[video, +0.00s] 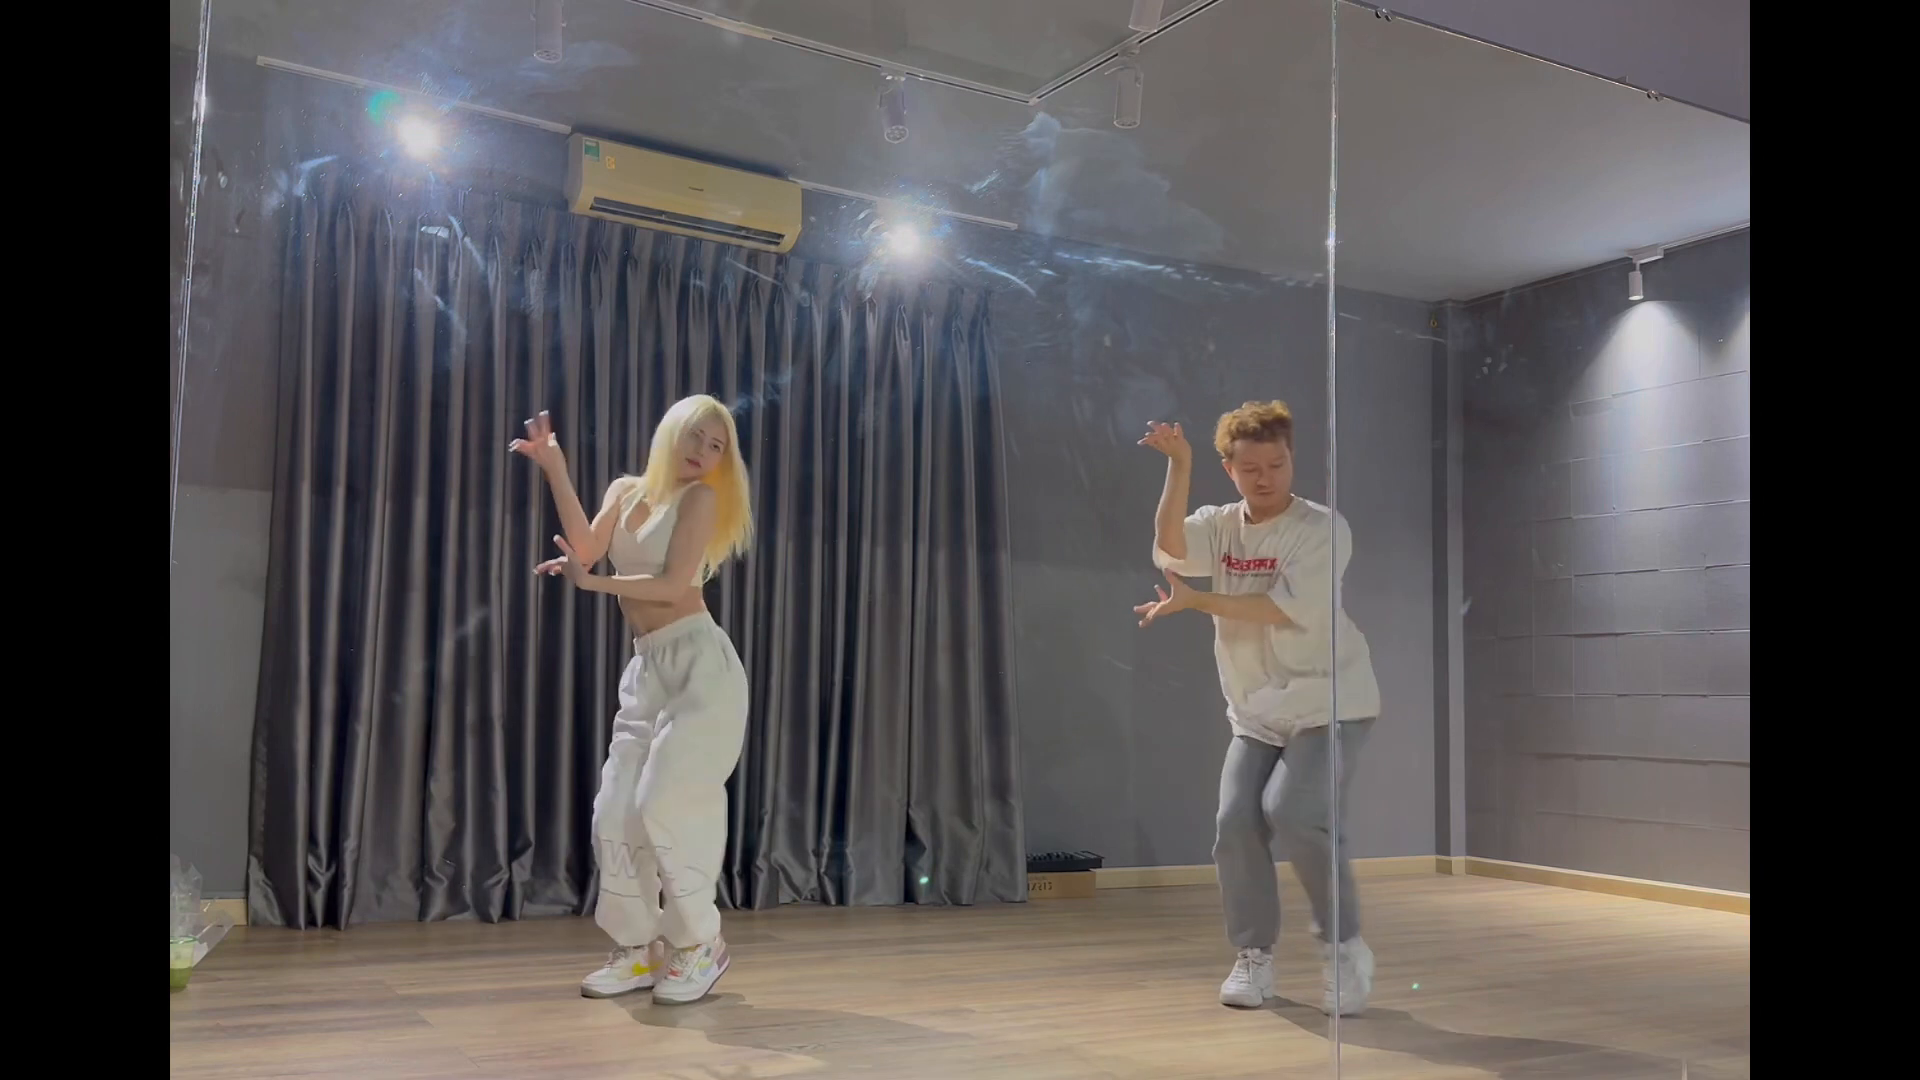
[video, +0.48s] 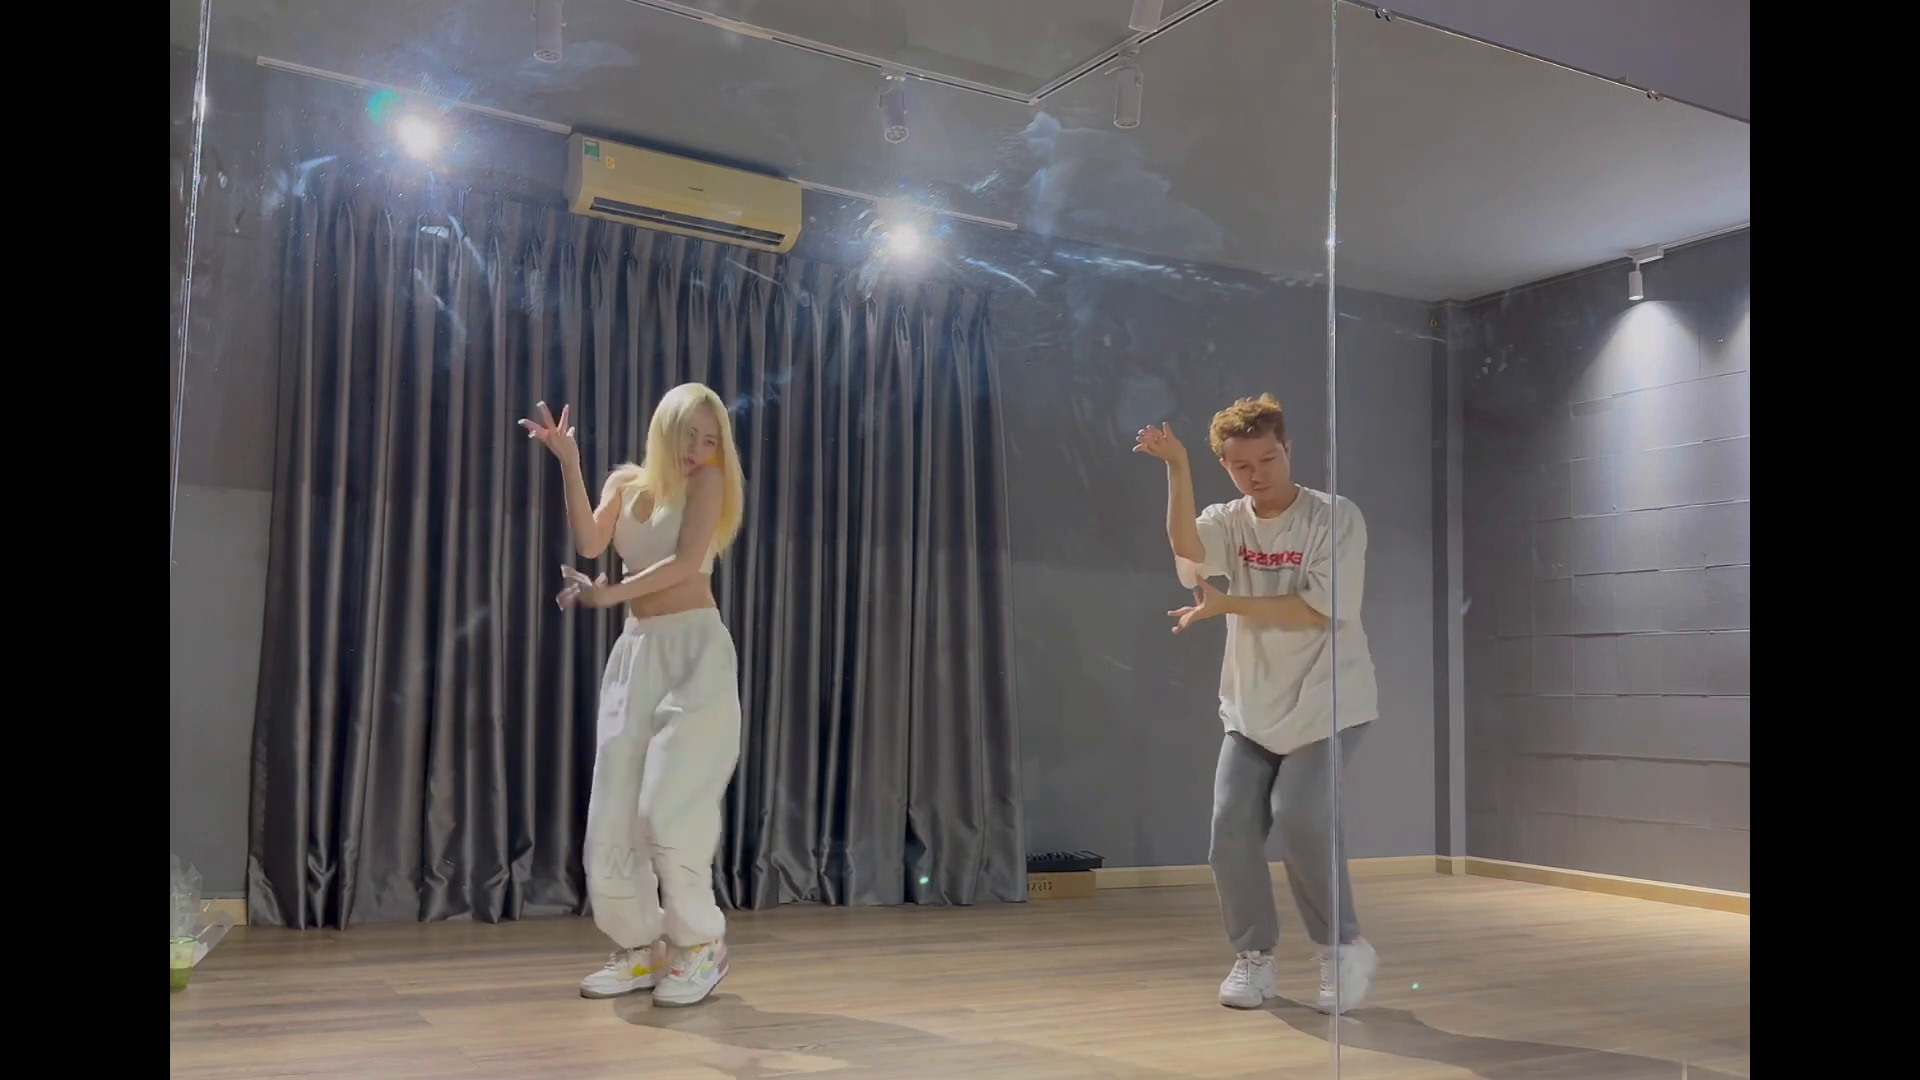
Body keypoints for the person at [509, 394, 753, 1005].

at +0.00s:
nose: (703, 452)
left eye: (715, 446)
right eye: (696, 438)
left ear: (722, 456)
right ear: (671, 435)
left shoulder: (699, 501)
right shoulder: (626, 491)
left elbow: (676, 586)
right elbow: (587, 546)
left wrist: (592, 580)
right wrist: (555, 466)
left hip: (701, 667)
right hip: (647, 673)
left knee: (662, 804)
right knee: (615, 809)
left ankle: (701, 945)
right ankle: (643, 950)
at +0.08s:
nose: (699, 452)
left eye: (711, 447)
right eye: (692, 438)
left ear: (716, 458)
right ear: (665, 435)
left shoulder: (695, 504)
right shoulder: (626, 501)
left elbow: (676, 588)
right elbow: (583, 550)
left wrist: (594, 591)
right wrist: (543, 475)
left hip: (697, 682)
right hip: (637, 681)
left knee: (645, 811)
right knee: (607, 816)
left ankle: (699, 942)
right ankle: (645, 948)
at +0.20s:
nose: (697, 460)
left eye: (710, 453)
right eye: (689, 446)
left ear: (718, 463)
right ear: (663, 447)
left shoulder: (698, 506)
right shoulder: (641, 510)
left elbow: (679, 591)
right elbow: (587, 553)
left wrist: (595, 595)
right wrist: (543, 475)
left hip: (681, 687)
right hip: (621, 677)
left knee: (609, 817)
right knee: (585, 821)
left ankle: (689, 934)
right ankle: (643, 948)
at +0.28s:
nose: (696, 462)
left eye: (710, 456)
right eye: (688, 449)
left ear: (718, 464)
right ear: (664, 447)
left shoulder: (703, 506)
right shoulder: (631, 509)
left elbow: (685, 592)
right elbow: (585, 550)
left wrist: (600, 590)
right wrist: (545, 468)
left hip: (681, 671)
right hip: (632, 667)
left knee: (606, 816)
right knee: (576, 823)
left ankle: (687, 934)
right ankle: (646, 947)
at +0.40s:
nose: (700, 461)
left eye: (712, 451)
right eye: (691, 447)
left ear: (721, 457)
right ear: (667, 444)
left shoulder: (705, 501)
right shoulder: (631, 487)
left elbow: (687, 585)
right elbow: (583, 541)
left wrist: (600, 584)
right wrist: (567, 459)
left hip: (687, 660)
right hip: (640, 665)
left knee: (637, 804)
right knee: (599, 813)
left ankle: (696, 940)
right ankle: (647, 949)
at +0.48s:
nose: (699, 448)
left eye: (710, 438)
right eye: (689, 435)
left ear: (720, 442)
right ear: (664, 434)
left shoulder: (705, 486)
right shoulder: (628, 484)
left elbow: (688, 565)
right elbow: (590, 540)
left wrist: (609, 593)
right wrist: (569, 460)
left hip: (695, 657)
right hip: (634, 658)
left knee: (665, 805)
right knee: (616, 806)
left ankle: (701, 946)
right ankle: (645, 949)